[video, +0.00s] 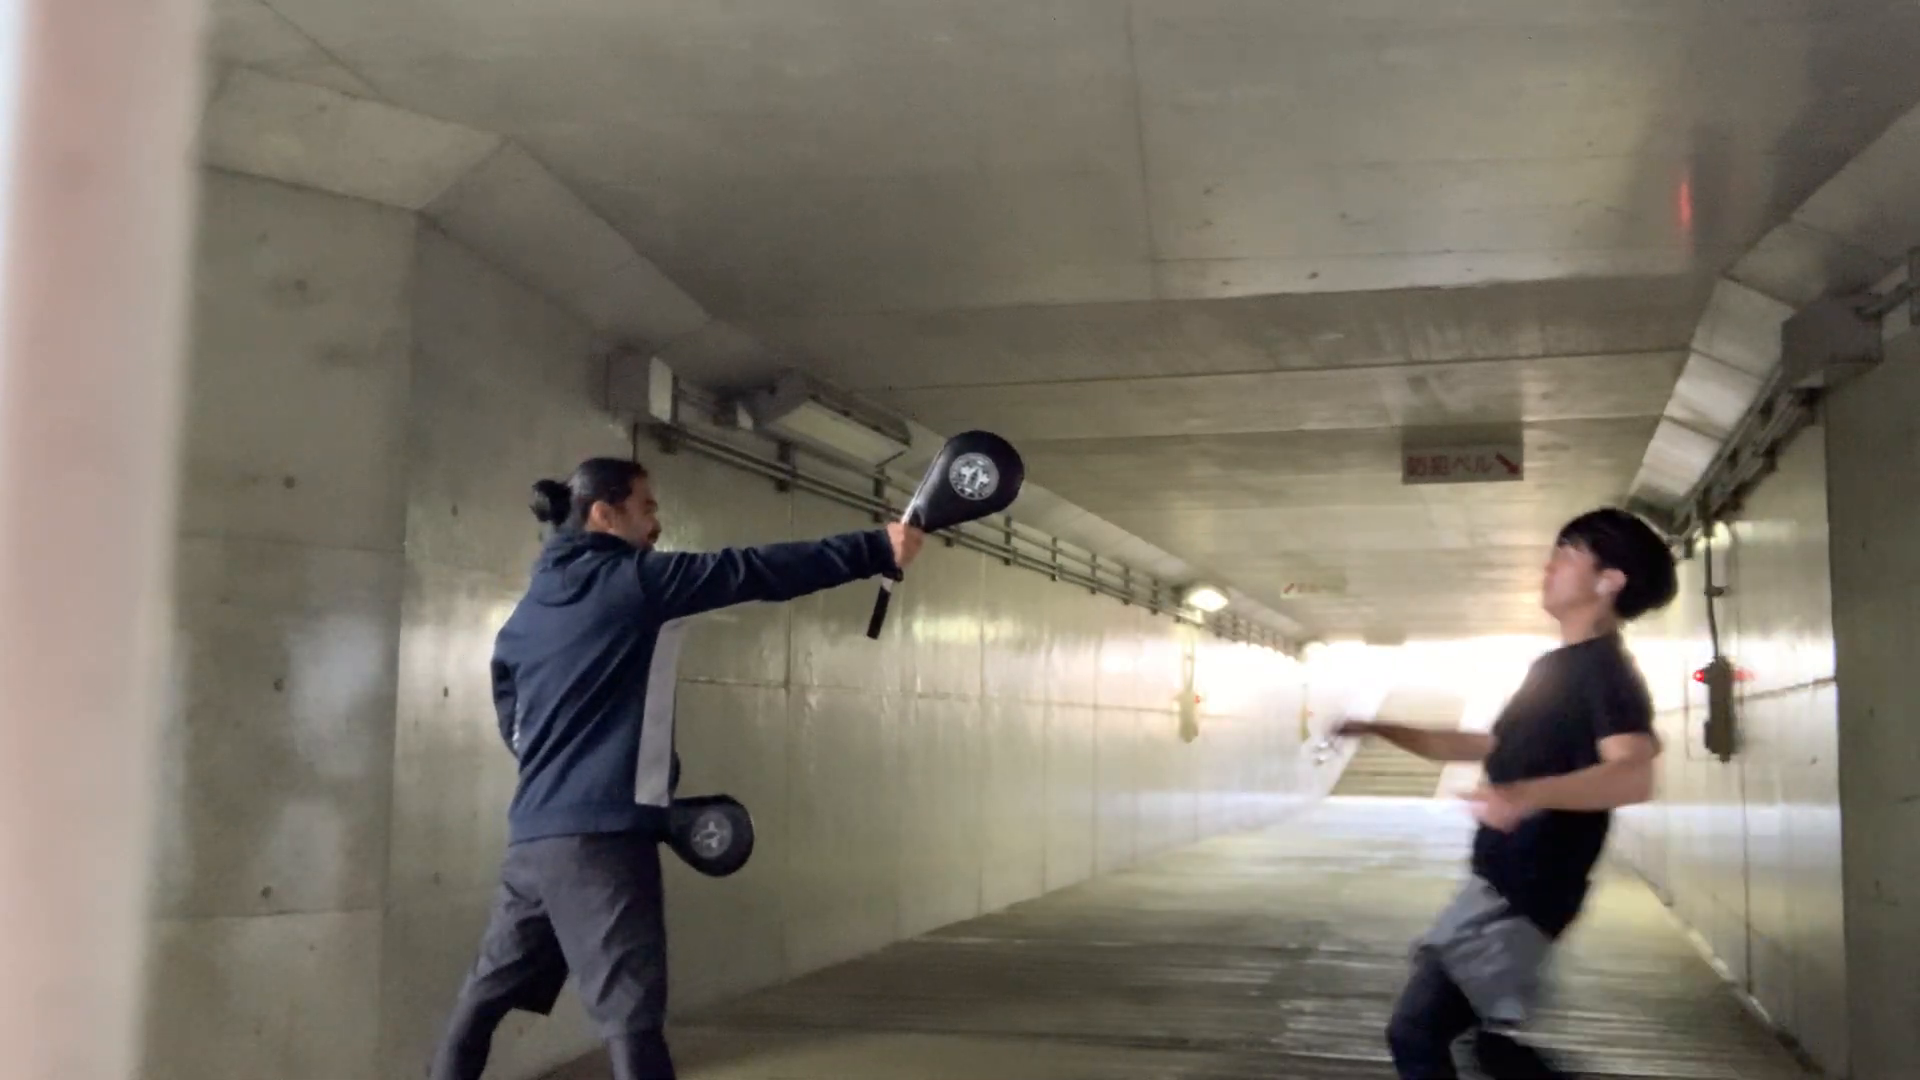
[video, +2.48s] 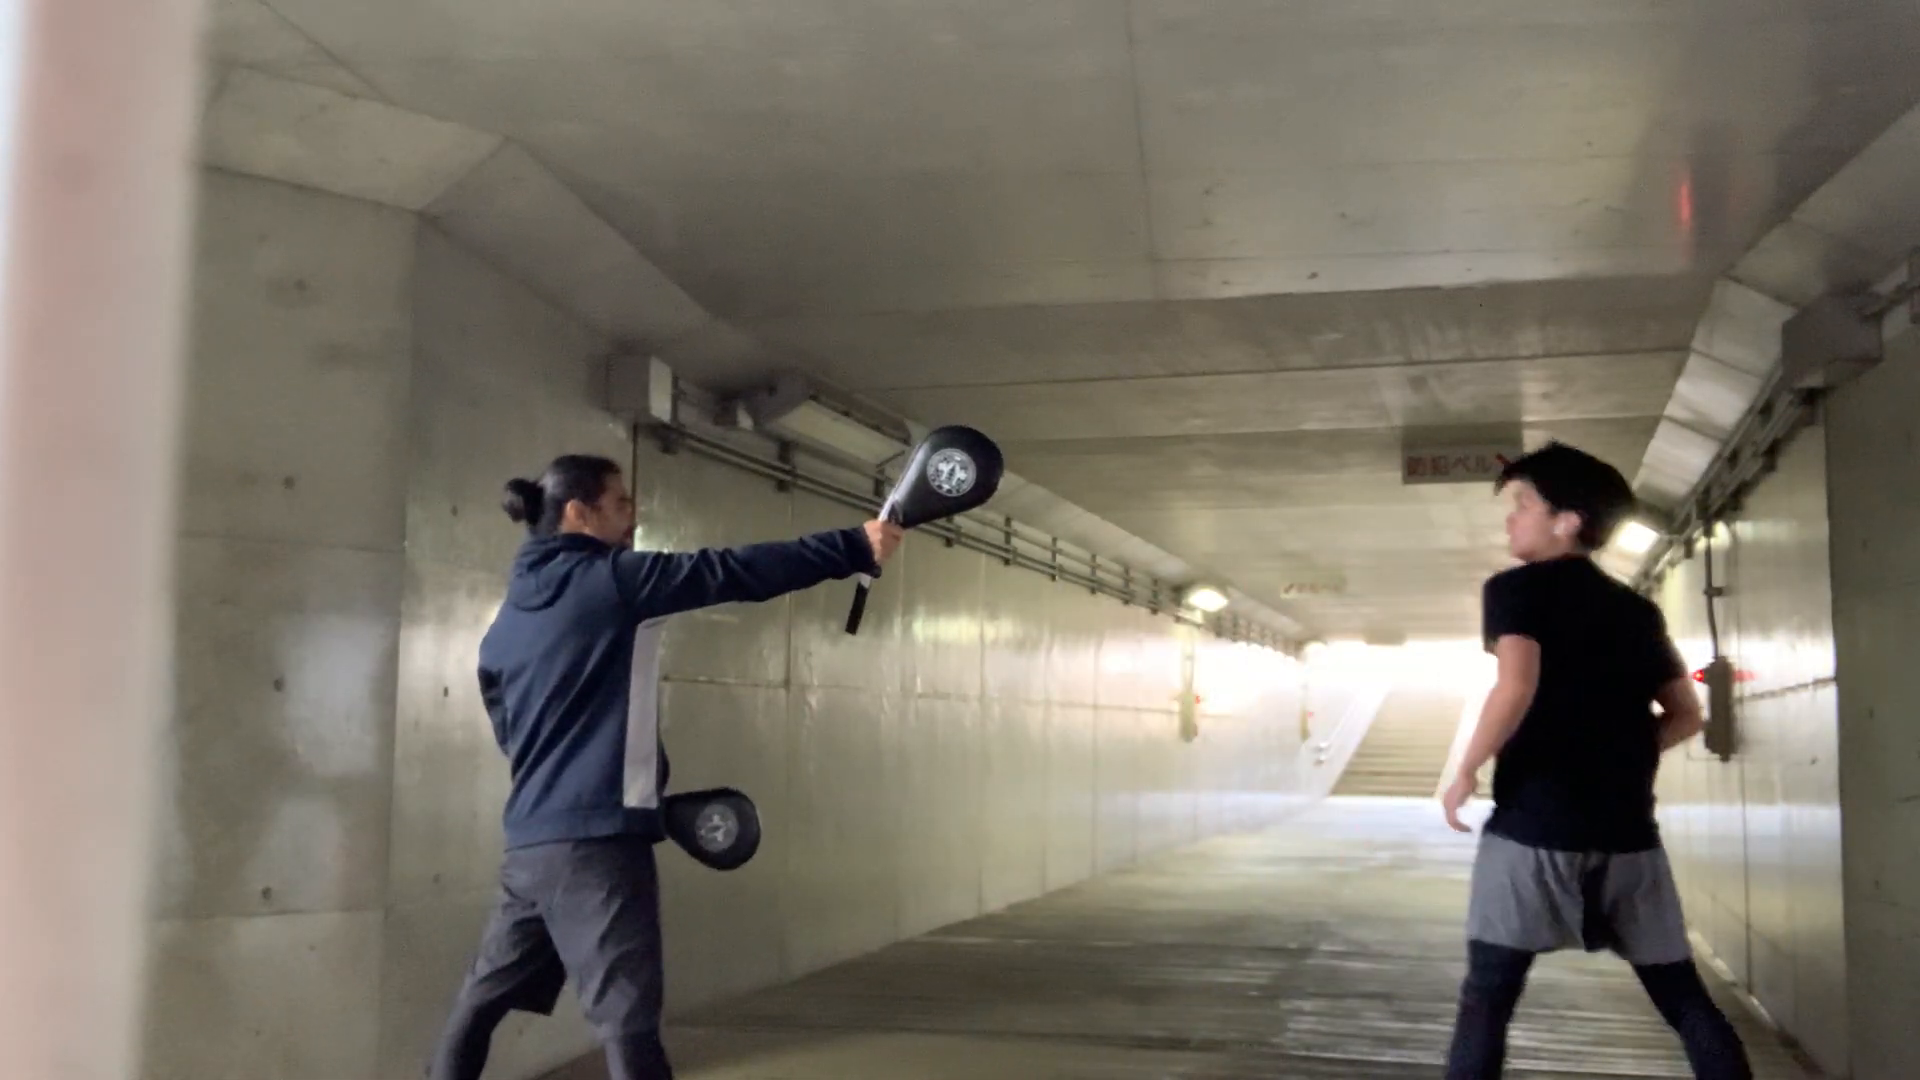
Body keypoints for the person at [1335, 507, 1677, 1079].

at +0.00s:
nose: (1548, 566)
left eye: (1566, 554)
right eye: (1555, 553)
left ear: (1610, 582)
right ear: (1602, 583)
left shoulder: (1605, 667)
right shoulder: (1554, 666)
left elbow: (1635, 776)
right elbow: (1495, 748)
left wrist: (1527, 795)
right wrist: (1384, 732)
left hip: (1524, 891)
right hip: (1498, 878)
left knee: (1415, 1034)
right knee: (1489, 1044)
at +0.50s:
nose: (1369, 669)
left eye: (1389, 667)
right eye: (1376, 656)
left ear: (1427, 698)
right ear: (1378, 661)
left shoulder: (1403, 801)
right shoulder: (1327, 683)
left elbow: (1312, 878)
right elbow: (1235, 709)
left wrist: (1279, 777)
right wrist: (1142, 726)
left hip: (1231, 866)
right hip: (1176, 789)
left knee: (1280, 1021)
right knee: (1025, 866)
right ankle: (866, 938)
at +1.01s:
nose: (1140, 537)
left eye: (1155, 524)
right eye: (1142, 522)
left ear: (1208, 542)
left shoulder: (1237, 639)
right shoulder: (1101, 600)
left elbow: (1238, 729)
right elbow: (1028, 682)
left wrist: (1198, 761)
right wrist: (1029, 776)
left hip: (1166, 835)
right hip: (1070, 816)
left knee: (1158, 1017)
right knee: (1010, 999)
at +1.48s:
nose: (1264, 569)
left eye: (1275, 557)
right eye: (1269, 556)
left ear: (1309, 572)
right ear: (1330, 578)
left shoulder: (1266, 649)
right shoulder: (1380, 662)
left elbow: (1228, 754)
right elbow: (1415, 783)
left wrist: (1180, 837)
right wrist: (1351, 803)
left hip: (1290, 878)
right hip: (1373, 875)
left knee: (1191, 1019)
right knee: (1373, 991)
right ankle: (1432, 1069)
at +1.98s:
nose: (1492, 527)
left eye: (1504, 514)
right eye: (1496, 513)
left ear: (1548, 527)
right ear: (1560, 531)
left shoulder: (1502, 599)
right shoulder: (1628, 617)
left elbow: (1508, 700)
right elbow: (1683, 730)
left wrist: (1451, 792)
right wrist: (1616, 771)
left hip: (1515, 834)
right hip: (1612, 838)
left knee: (1423, 999)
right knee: (1680, 1017)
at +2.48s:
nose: (1507, 522)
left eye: (1520, 507)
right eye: (1508, 508)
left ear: (1567, 522)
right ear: (1572, 526)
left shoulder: (1517, 590)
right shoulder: (1636, 607)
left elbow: (1516, 686)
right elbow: (1687, 716)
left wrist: (1465, 769)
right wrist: (1626, 748)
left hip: (1534, 833)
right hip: (1628, 834)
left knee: (1486, 1002)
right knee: (1687, 1004)